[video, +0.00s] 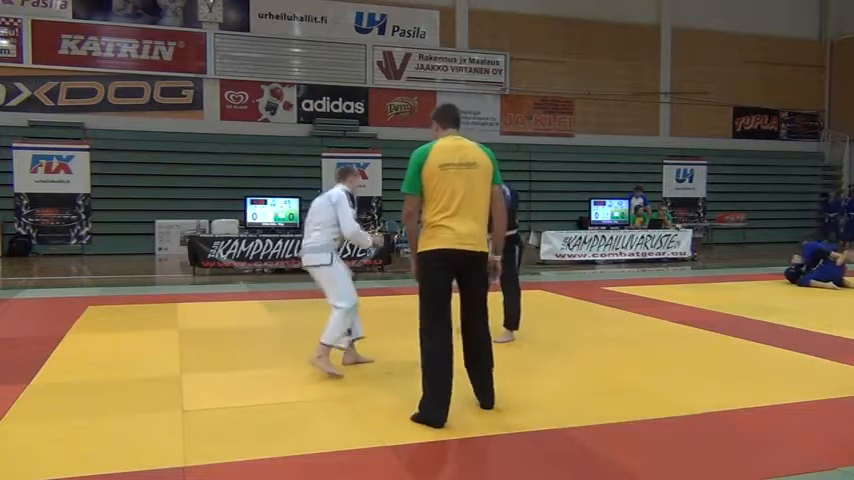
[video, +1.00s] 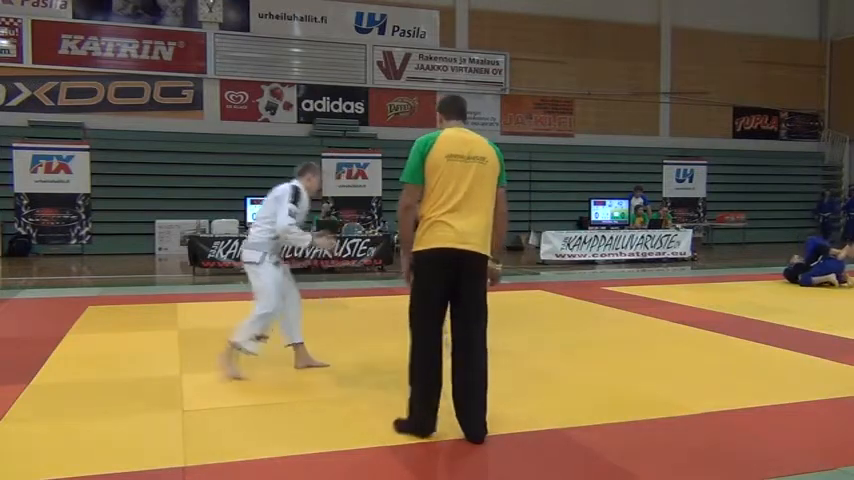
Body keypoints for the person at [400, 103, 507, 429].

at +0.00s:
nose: (431, 132)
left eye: (431, 128)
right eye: (433, 127)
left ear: (436, 126)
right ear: (459, 125)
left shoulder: (423, 155)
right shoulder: (485, 154)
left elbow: (410, 213)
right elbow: (499, 206)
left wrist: (415, 255)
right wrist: (496, 252)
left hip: (435, 251)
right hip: (474, 252)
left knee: (435, 328)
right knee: (476, 323)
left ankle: (434, 411)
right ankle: (486, 395)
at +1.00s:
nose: (435, 122)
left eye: (436, 117)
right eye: (440, 117)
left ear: (439, 116)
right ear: (466, 117)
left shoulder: (426, 144)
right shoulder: (491, 150)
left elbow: (408, 203)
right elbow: (501, 207)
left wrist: (406, 253)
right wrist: (495, 257)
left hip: (432, 255)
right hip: (474, 257)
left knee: (425, 338)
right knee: (471, 340)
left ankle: (422, 421)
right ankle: (475, 427)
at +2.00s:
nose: (332, 117)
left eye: (329, 112)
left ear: (328, 112)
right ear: (361, 110)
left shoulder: (322, 146)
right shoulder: (391, 146)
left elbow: (301, 211)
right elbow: (404, 207)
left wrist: (292, 267)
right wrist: (398, 260)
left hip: (341, 259)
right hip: (381, 258)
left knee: (353, 348)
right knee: (357, 343)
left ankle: (373, 443)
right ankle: (344, 425)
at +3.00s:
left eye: (211, 103)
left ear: (211, 106)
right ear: (245, 105)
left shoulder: (190, 144)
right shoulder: (271, 138)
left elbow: (172, 211)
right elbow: (288, 203)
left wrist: (177, 263)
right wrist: (292, 259)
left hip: (213, 263)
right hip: (264, 262)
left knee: (215, 355)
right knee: (276, 350)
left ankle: (218, 447)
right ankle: (289, 442)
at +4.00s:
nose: (185, 103)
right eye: (186, 98)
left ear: (144, 91)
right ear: (183, 97)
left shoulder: (105, 130)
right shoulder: (197, 133)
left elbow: (86, 208)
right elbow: (214, 210)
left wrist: (88, 271)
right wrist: (220, 275)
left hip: (108, 267)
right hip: (165, 272)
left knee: (89, 368)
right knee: (175, 372)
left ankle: (51, 470)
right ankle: (180, 468)